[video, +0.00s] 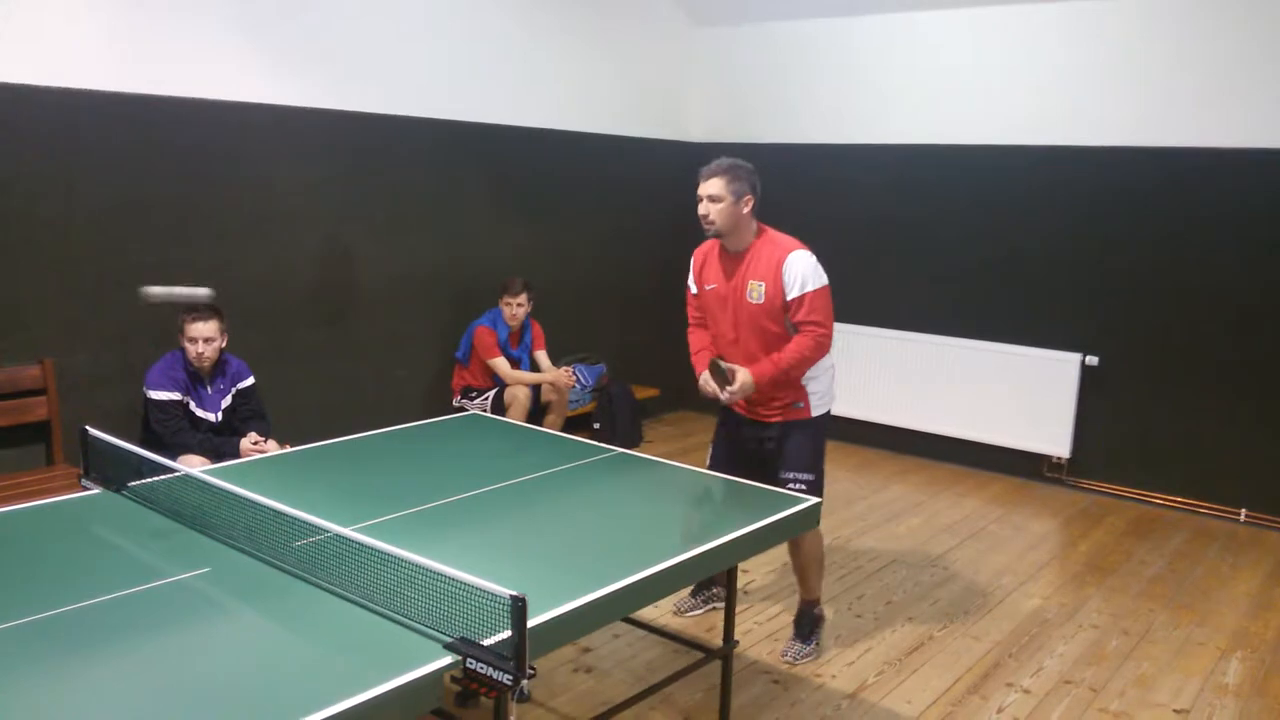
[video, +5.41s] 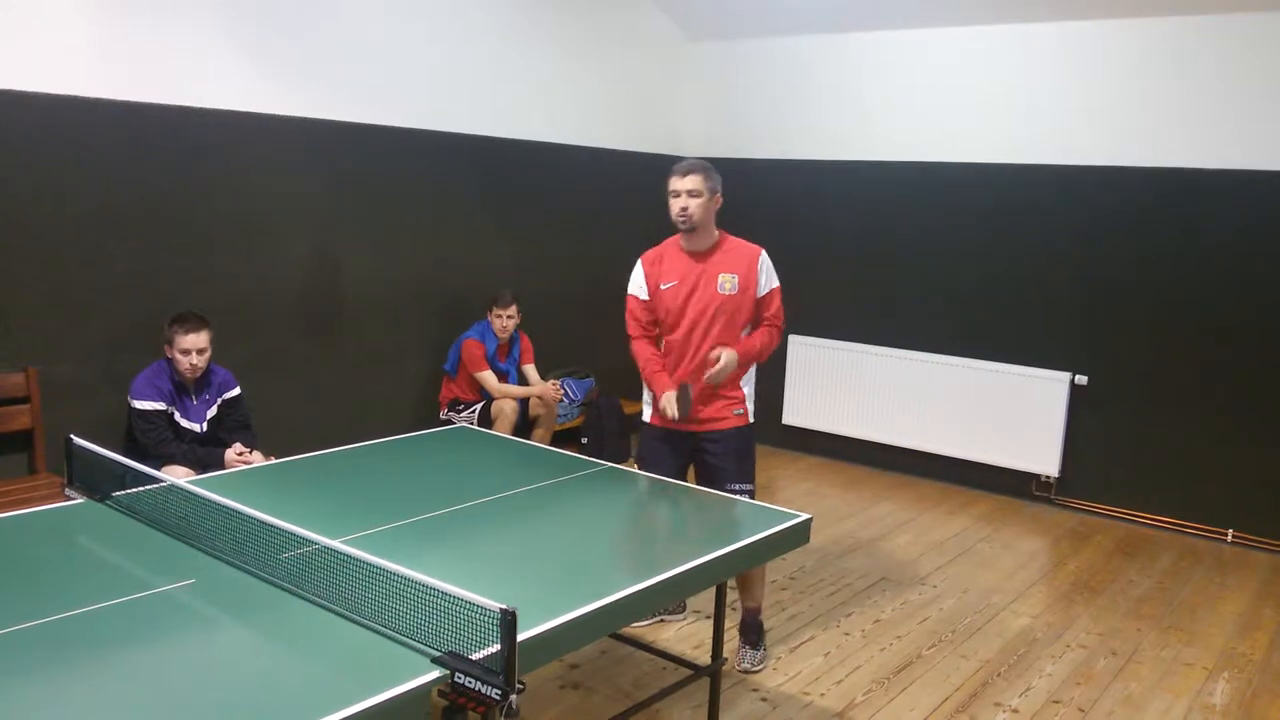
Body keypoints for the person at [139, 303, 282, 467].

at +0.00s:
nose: (200, 350)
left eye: (208, 341)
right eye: (192, 341)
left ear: (223, 341)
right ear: (182, 341)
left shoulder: (236, 370)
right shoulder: (162, 377)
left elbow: (252, 419)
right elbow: (175, 439)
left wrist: (253, 439)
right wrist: (235, 448)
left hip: (227, 450)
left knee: (271, 449)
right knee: (196, 465)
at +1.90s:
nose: (188, 360)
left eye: (197, 351)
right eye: (180, 351)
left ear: (212, 350)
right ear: (170, 350)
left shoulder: (225, 380)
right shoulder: (150, 386)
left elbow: (241, 427)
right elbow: (161, 449)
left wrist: (241, 446)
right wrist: (223, 458)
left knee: (261, 460)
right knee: (184, 475)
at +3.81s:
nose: (203, 360)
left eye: (210, 350)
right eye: (194, 352)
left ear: (219, 348)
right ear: (176, 349)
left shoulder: (230, 377)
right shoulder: (155, 384)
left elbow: (246, 426)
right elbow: (167, 446)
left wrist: (245, 444)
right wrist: (228, 455)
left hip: (220, 458)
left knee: (265, 458)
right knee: (189, 473)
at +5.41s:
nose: (194, 361)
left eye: (201, 352)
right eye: (185, 353)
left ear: (210, 350)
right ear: (168, 351)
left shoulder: (223, 380)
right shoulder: (147, 387)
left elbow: (239, 429)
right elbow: (159, 448)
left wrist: (239, 447)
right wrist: (220, 459)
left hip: (212, 459)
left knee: (257, 461)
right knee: (181, 476)